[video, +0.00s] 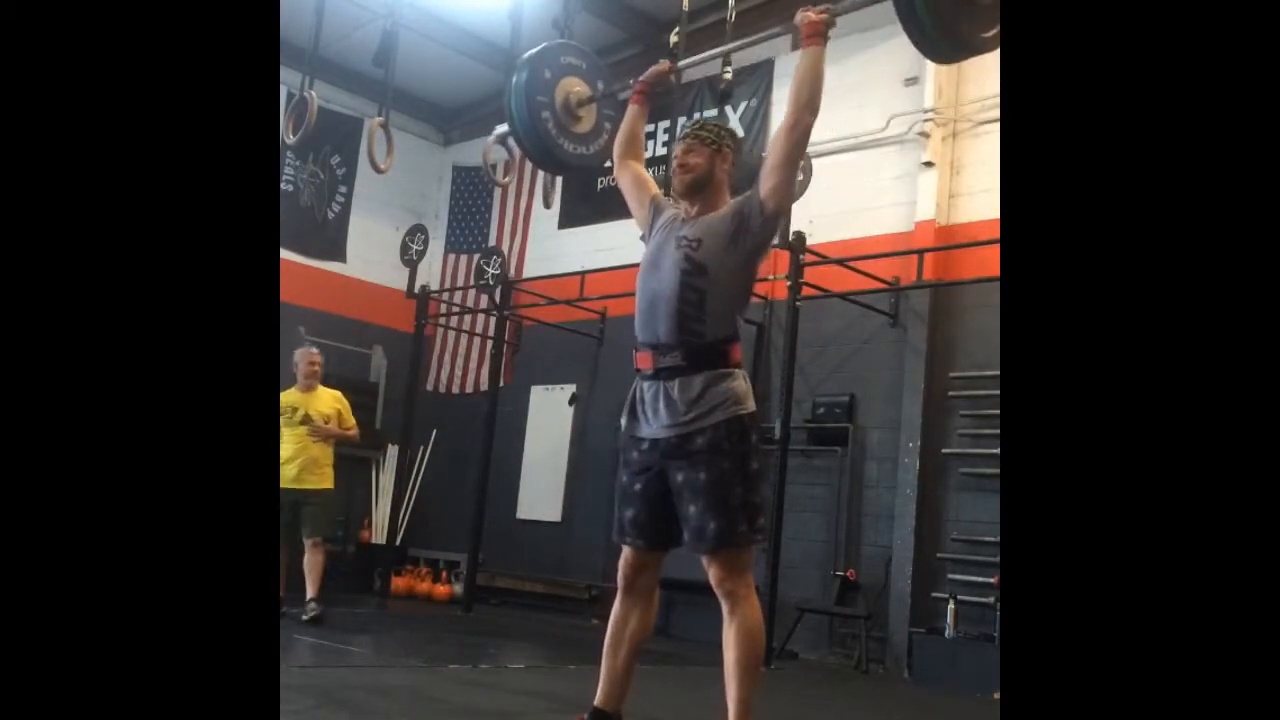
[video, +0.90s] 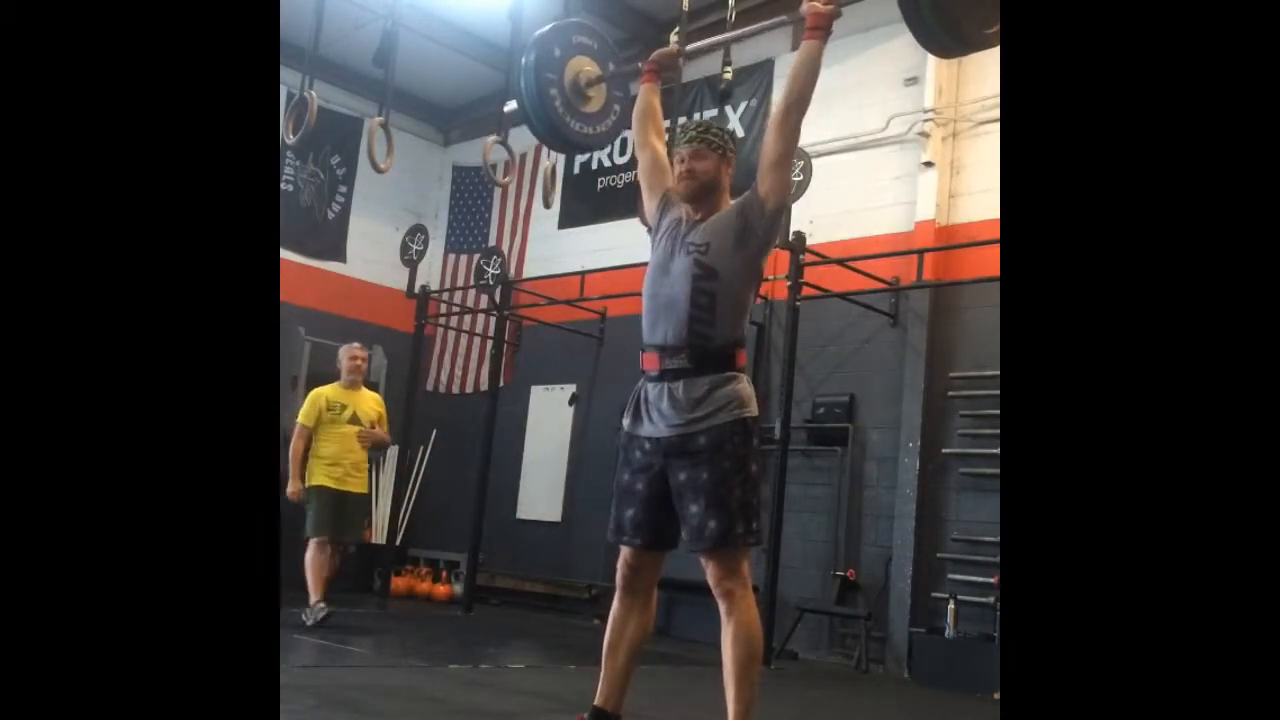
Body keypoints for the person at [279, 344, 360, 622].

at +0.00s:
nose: (314, 369)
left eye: (318, 364)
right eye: (309, 364)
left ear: (322, 368)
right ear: (296, 367)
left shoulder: (336, 399)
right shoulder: (284, 399)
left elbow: (355, 434)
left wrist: (331, 431)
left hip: (318, 485)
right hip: (285, 483)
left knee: (314, 541)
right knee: (283, 543)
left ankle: (311, 600)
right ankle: (280, 597)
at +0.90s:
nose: (358, 363)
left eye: (362, 359)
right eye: (352, 358)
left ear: (367, 366)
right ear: (340, 363)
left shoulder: (375, 401)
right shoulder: (320, 395)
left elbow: (386, 439)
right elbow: (299, 437)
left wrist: (376, 437)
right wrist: (295, 478)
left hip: (357, 484)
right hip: (322, 479)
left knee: (340, 545)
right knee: (319, 540)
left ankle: (314, 597)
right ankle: (315, 602)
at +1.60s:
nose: (369, 357)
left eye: (373, 352)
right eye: (362, 354)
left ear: (379, 356)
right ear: (351, 360)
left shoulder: (388, 390)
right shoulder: (341, 393)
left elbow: (392, 427)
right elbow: (327, 441)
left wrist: (401, 431)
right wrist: (337, 481)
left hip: (377, 486)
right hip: (347, 485)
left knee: (376, 545)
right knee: (337, 547)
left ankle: (337, 594)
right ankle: (330, 612)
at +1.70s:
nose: (374, 358)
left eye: (378, 353)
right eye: (368, 354)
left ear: (384, 356)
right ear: (356, 360)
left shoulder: (391, 390)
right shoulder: (345, 394)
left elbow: (395, 426)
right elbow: (331, 443)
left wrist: (404, 432)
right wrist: (338, 485)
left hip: (384, 487)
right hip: (352, 487)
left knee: (388, 544)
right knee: (338, 548)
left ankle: (359, 603)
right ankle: (331, 612)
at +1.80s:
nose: (381, 359)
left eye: (385, 354)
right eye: (375, 354)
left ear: (390, 357)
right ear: (362, 359)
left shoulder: (395, 390)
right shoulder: (350, 393)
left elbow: (397, 424)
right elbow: (335, 441)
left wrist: (408, 431)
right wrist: (339, 485)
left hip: (388, 487)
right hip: (354, 486)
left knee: (395, 544)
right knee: (339, 548)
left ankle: (381, 612)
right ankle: (331, 613)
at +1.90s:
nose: (389, 360)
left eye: (393, 354)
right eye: (383, 355)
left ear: (398, 358)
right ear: (370, 359)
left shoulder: (402, 392)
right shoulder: (356, 393)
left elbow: (402, 429)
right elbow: (340, 442)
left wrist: (412, 435)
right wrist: (342, 485)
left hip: (393, 486)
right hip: (359, 487)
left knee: (399, 548)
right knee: (342, 550)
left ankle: (407, 612)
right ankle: (333, 612)